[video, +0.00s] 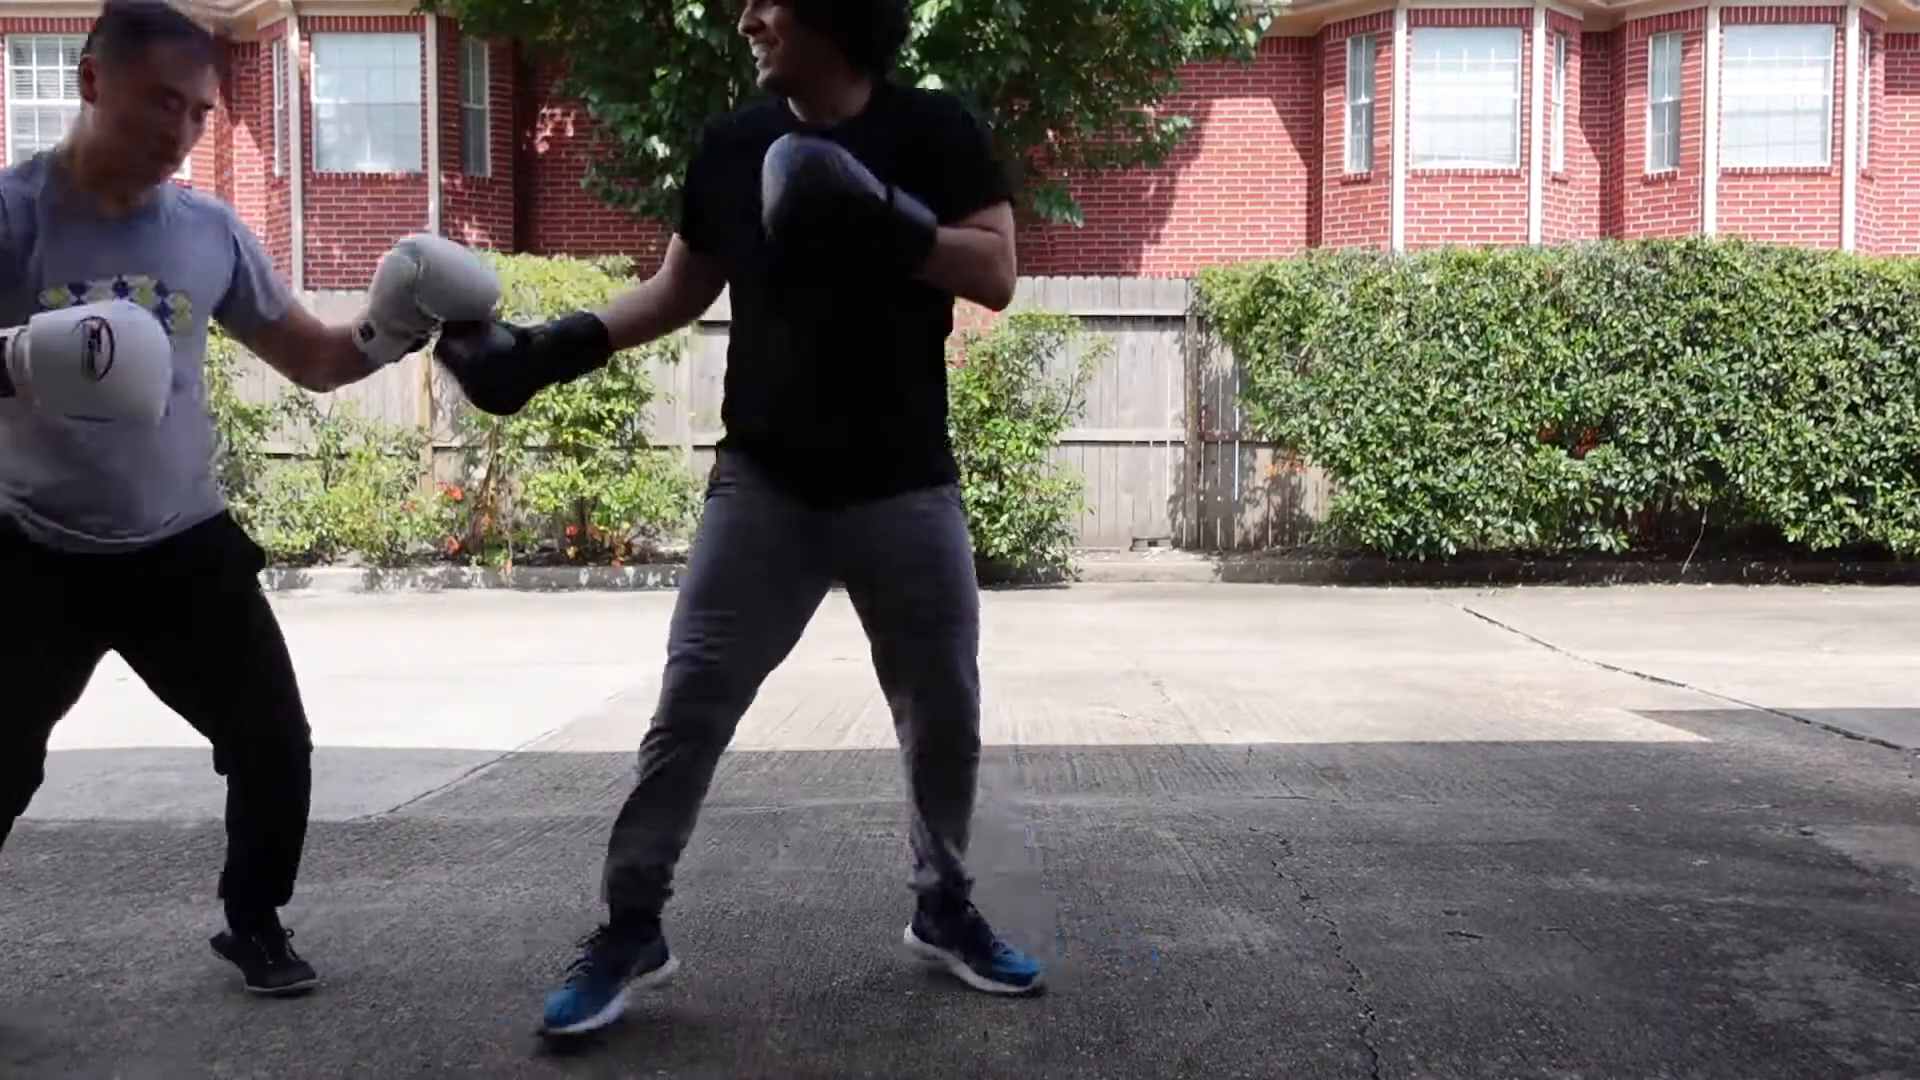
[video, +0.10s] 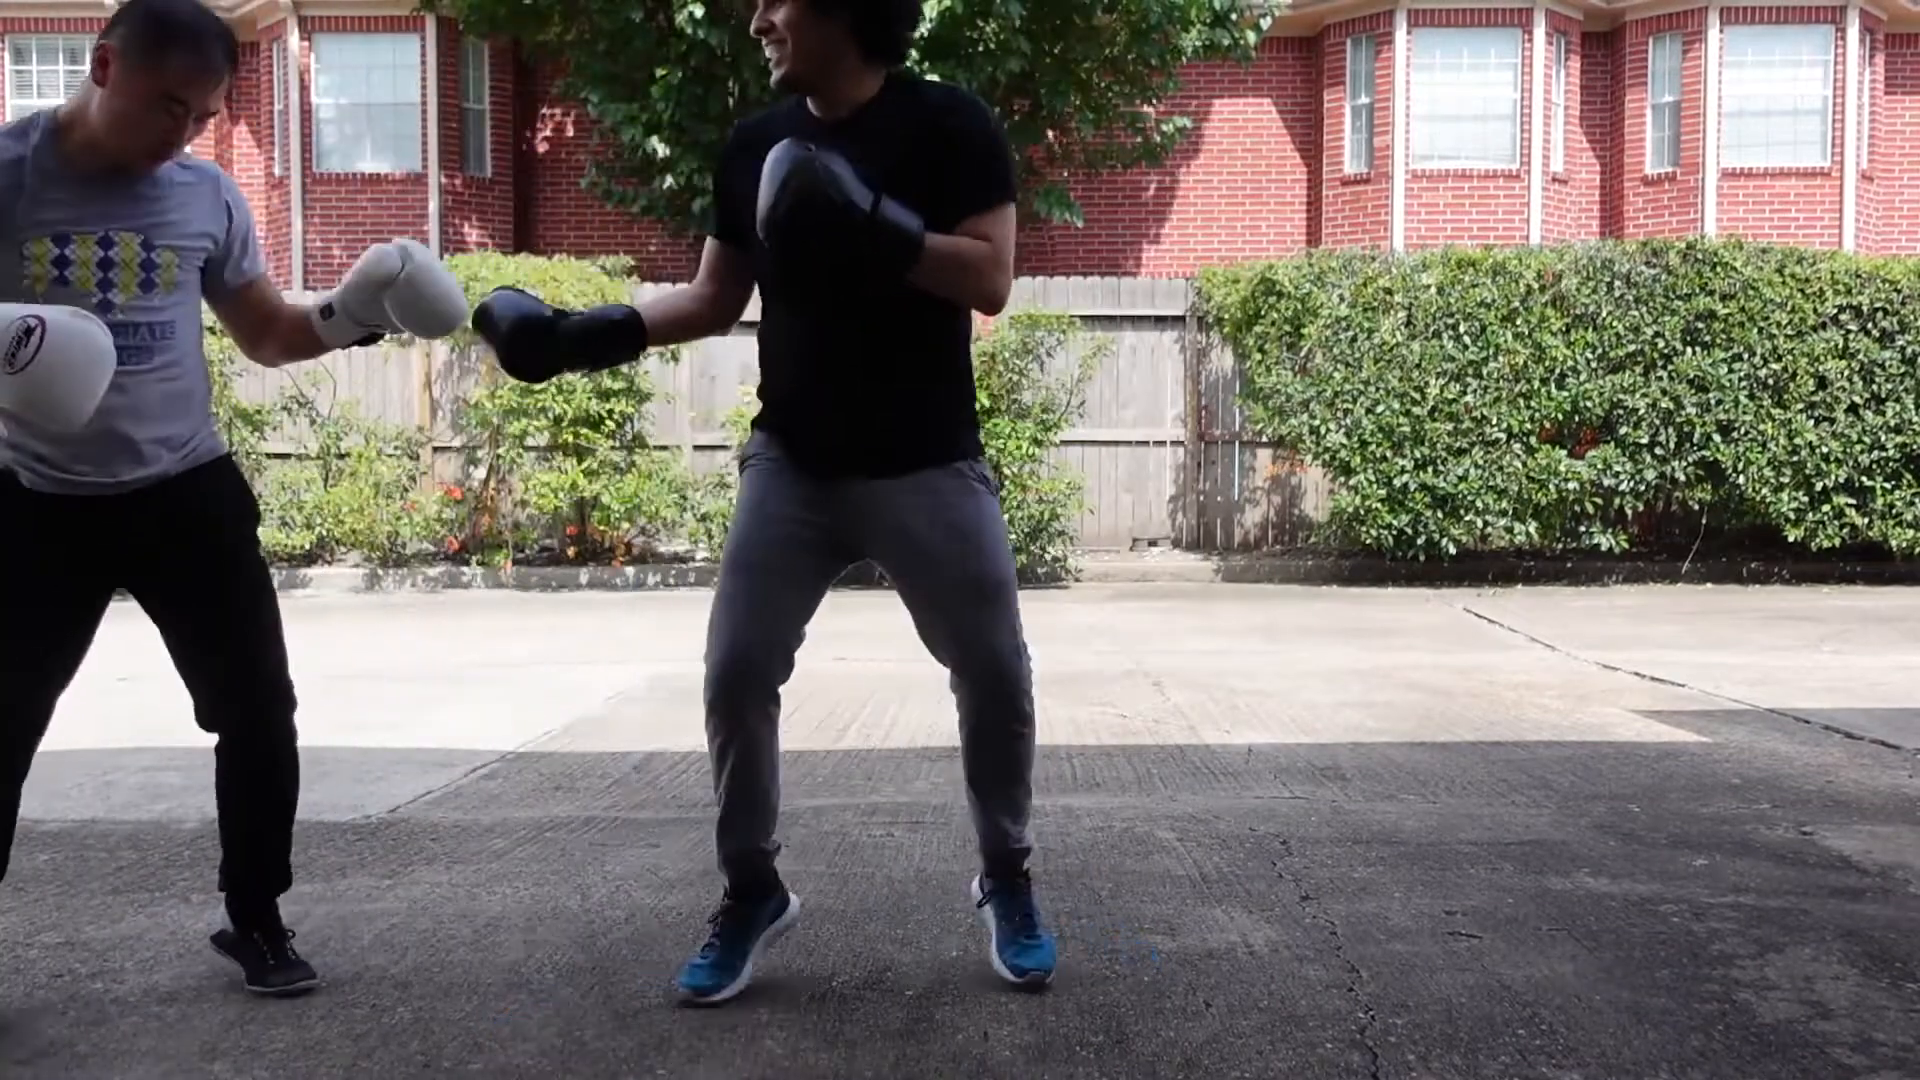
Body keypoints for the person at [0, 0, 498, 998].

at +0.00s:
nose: (184, 130)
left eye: (199, 109)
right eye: (165, 101)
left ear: (211, 108)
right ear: (94, 83)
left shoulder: (207, 230)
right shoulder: (14, 212)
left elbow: (314, 357)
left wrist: (406, 319)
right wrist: (21, 361)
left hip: (183, 548)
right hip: (33, 549)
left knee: (272, 745)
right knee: (2, 775)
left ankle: (254, 921)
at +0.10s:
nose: (184, 135)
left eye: (203, 113)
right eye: (172, 108)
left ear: (218, 101)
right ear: (104, 68)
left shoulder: (205, 195)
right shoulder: (9, 174)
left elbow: (266, 331)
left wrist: (350, 312)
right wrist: (7, 345)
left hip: (185, 493)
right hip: (35, 502)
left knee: (257, 710)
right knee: (2, 741)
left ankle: (256, 918)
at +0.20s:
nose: (183, 118)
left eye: (199, 99)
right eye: (168, 92)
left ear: (214, 86)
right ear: (103, 52)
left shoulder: (194, 178)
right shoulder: (10, 150)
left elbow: (250, 315)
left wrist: (324, 318)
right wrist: (3, 313)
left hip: (169, 462)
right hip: (28, 469)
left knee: (249, 667)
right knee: (15, 708)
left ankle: (254, 902)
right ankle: (28, 916)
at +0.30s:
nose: (174, 153)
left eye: (187, 133)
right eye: (161, 128)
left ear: (196, 118)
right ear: (95, 92)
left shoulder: (180, 208)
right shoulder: (10, 182)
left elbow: (233, 340)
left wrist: (281, 385)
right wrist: (7, 327)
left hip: (161, 482)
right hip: (30, 495)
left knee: (241, 683)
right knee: (34, 724)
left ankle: (244, 912)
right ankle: (56, 913)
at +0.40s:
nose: (154, 199)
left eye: (168, 181)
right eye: (142, 175)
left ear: (178, 170)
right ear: (82, 133)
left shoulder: (160, 239)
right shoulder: (8, 218)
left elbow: (206, 373)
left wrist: (168, 421)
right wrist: (16, 402)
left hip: (151, 515)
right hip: (25, 528)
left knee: (235, 685)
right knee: (35, 733)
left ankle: (243, 915)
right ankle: (61, 922)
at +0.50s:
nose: (148, 204)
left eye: (164, 189)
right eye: (137, 182)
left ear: (180, 174)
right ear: (82, 134)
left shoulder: (159, 234)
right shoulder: (9, 202)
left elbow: (200, 369)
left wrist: (126, 382)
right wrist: (16, 394)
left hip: (137, 497)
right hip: (21, 509)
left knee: (225, 665)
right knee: (30, 723)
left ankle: (234, 894)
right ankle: (58, 918)